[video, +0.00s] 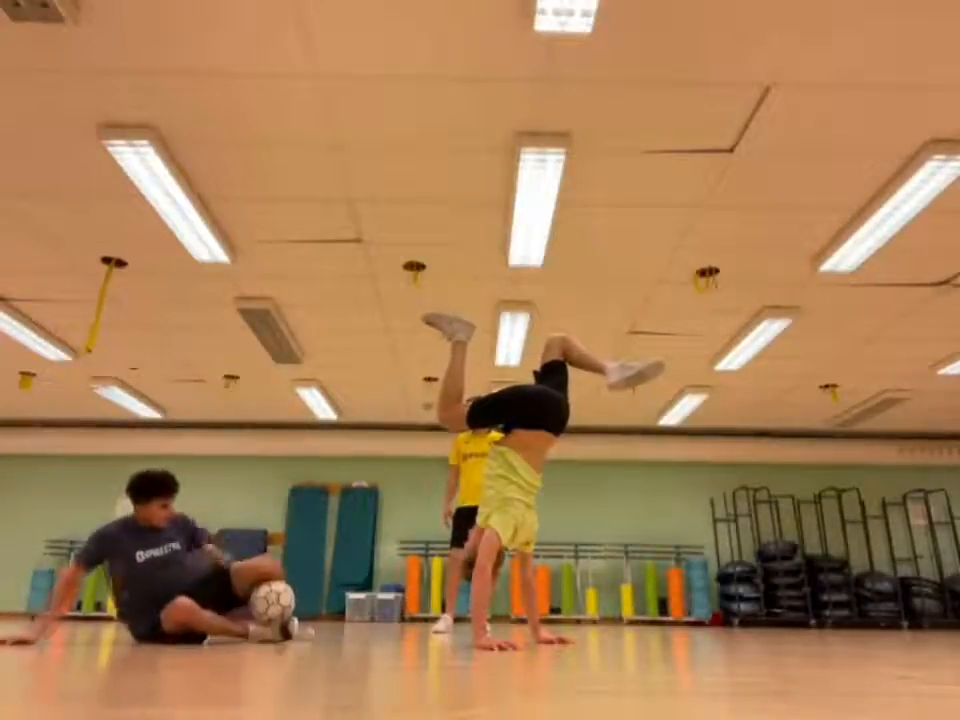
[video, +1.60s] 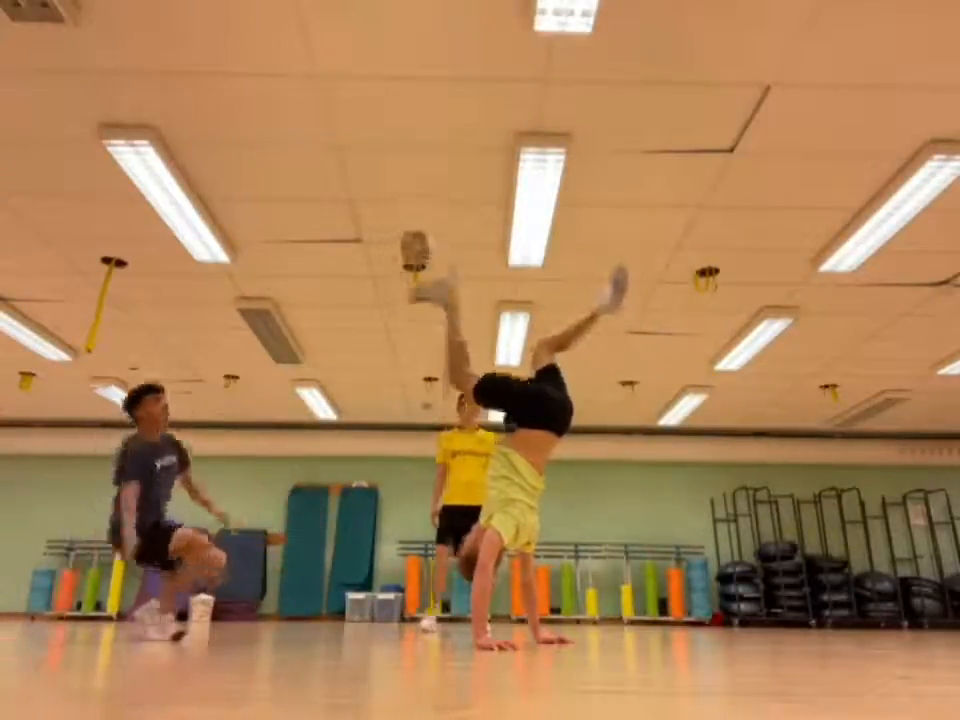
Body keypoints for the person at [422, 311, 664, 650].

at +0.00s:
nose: (485, 562)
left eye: (484, 566)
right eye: (482, 563)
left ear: (474, 548)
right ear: (475, 543)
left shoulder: (525, 534)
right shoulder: (495, 527)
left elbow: (527, 582)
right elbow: (482, 575)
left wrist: (537, 631)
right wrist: (481, 636)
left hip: (554, 414)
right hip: (533, 408)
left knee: (557, 343)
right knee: (452, 416)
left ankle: (612, 370)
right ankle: (459, 342)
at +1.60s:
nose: (476, 542)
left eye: (469, 542)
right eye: (476, 545)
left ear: (471, 542)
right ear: (477, 541)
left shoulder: (525, 536)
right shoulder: (496, 529)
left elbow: (528, 584)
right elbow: (482, 578)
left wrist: (537, 632)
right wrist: (481, 636)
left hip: (557, 413)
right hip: (534, 410)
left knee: (545, 347)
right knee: (464, 381)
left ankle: (602, 309)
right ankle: (450, 302)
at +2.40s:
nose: (471, 534)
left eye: (465, 538)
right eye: (472, 540)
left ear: (474, 548)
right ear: (481, 548)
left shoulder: (521, 537)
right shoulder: (495, 528)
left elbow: (526, 585)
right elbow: (482, 574)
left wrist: (536, 632)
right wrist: (481, 633)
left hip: (555, 417)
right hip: (534, 410)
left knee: (538, 360)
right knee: (454, 380)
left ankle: (595, 327)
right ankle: (448, 293)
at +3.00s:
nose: (472, 535)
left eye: (468, 540)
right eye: (474, 541)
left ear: (475, 550)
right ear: (482, 550)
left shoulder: (526, 539)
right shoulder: (499, 531)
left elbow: (528, 586)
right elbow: (484, 574)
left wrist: (536, 631)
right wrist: (481, 634)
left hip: (565, 416)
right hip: (546, 417)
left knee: (555, 344)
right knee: (466, 406)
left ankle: (630, 318)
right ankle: (463, 328)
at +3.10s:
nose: (473, 534)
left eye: (468, 540)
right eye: (475, 540)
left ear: (474, 544)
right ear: (479, 542)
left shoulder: (527, 539)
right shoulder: (501, 531)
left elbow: (528, 586)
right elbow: (484, 574)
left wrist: (537, 633)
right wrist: (480, 635)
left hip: (569, 416)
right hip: (548, 414)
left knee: (566, 347)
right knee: (468, 407)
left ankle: (637, 320)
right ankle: (468, 328)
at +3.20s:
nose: (476, 543)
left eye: (473, 548)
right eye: (476, 546)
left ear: (475, 547)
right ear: (481, 544)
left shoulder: (528, 540)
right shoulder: (504, 531)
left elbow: (529, 586)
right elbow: (484, 575)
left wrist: (538, 632)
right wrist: (481, 635)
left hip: (572, 416)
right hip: (554, 416)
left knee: (580, 347)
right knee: (471, 409)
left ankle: (658, 323)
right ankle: (472, 331)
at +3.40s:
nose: (482, 531)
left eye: (479, 542)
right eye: (484, 541)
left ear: (481, 544)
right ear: (486, 540)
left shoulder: (530, 540)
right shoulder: (509, 534)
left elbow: (530, 588)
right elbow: (484, 576)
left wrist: (537, 633)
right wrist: (481, 635)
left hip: (588, 426)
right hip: (568, 425)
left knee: (620, 357)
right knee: (488, 402)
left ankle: (700, 344)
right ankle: (490, 325)